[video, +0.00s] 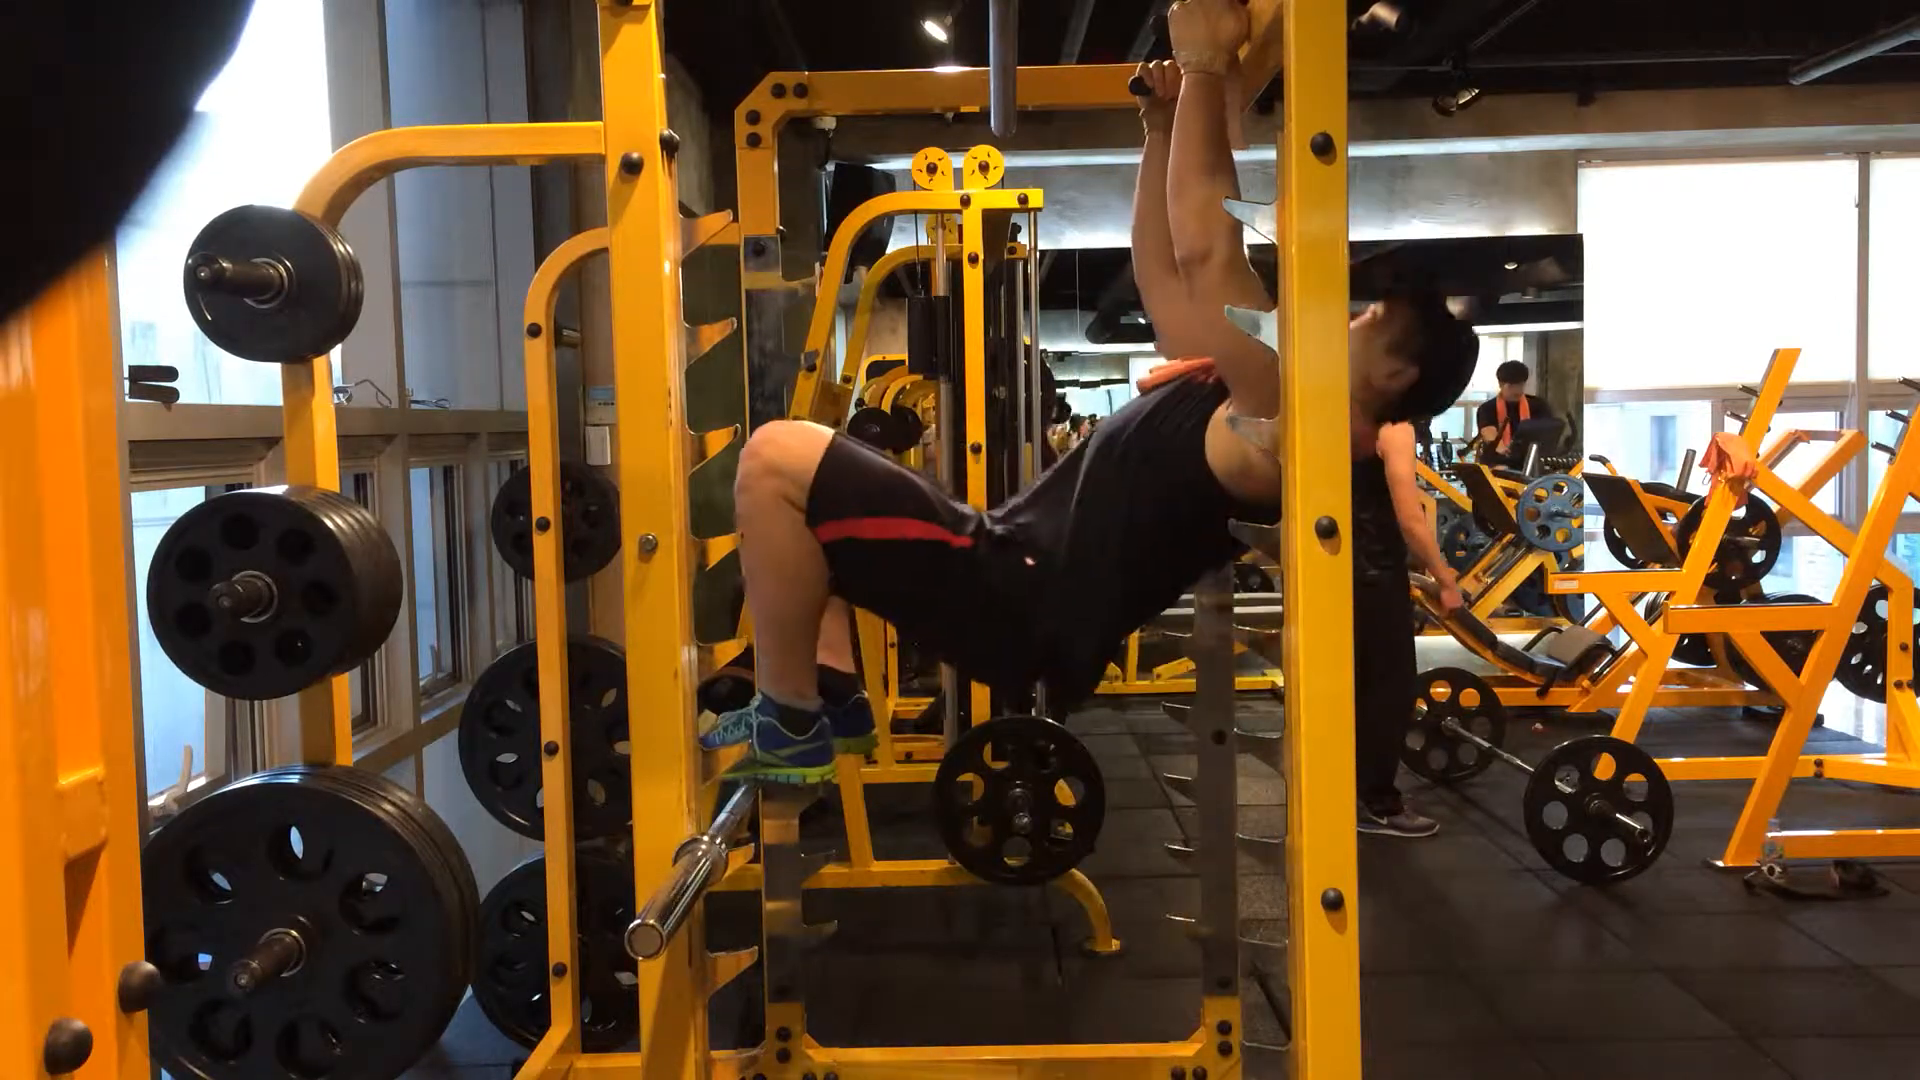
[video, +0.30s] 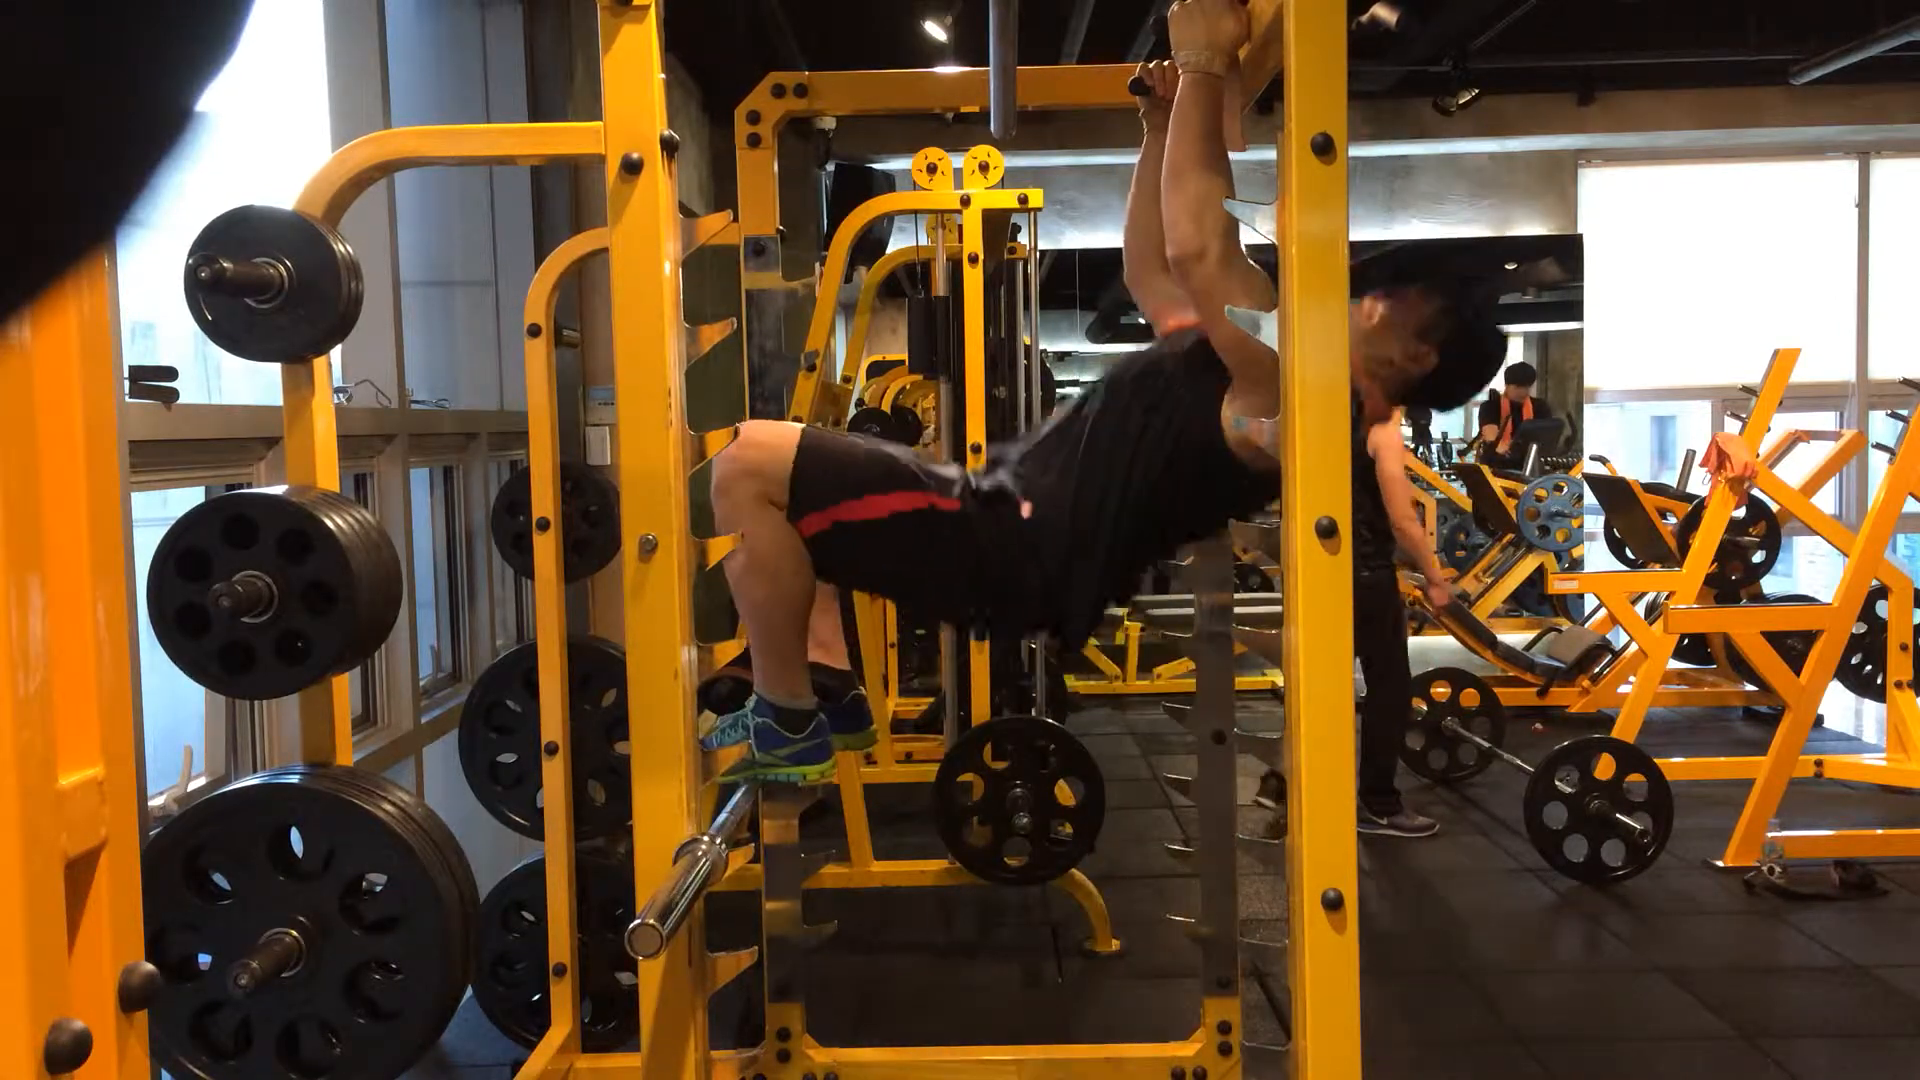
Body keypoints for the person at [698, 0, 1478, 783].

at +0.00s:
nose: (1342, 316)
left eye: (1366, 316)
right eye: (1360, 307)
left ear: (1387, 357)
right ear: (1374, 344)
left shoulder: (1302, 424)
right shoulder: (1271, 400)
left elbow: (1208, 257)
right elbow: (1165, 291)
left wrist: (1209, 71)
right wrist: (1160, 127)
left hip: (1027, 614)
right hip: (1018, 568)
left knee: (770, 465)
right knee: (803, 452)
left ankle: (788, 718)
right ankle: (828, 687)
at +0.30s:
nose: (1367, 299)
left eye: (1389, 305)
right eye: (1386, 293)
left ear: (1402, 351)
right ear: (1380, 321)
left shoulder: (1309, 412)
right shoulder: (1258, 373)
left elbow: (1212, 261)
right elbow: (1153, 281)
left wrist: (1211, 66)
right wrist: (1155, 130)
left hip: (1019, 552)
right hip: (1003, 512)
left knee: (749, 466)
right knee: (766, 452)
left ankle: (784, 716)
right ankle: (822, 674)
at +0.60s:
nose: (1403, 119)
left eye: (1427, 134)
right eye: (1418, 111)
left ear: (1431, 201)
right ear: (1397, 115)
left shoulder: (1348, 239)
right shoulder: (1327, 179)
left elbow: (1198, 242)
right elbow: (1193, 169)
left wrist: (1207, 66)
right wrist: (1204, 79)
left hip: (1052, 385)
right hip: (1038, 358)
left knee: (757, 456)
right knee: (800, 456)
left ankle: (785, 720)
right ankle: (823, 680)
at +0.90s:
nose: (1400, 150)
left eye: (1423, 159)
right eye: (1414, 142)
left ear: (1432, 225)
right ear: (1396, 172)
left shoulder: (1346, 271)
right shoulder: (1330, 245)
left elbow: (1195, 247)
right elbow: (1151, 241)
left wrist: (1205, 66)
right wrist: (1170, 111)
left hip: (1036, 422)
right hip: (1032, 397)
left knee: (752, 456)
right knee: (793, 453)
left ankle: (783, 717)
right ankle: (824, 675)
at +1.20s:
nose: (1370, 269)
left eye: (1399, 285)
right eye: (1381, 255)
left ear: (1408, 345)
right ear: (1354, 258)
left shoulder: (1318, 395)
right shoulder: (1263, 357)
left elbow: (1205, 266)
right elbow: (1143, 279)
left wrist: (1205, 71)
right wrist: (1155, 132)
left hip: (1020, 538)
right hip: (994, 479)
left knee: (738, 471)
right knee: (766, 445)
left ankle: (780, 714)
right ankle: (824, 674)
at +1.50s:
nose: (1376, 158)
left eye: (1403, 171)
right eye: (1391, 147)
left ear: (1415, 237)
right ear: (1369, 158)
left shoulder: (1326, 277)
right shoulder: (1310, 227)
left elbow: (1179, 244)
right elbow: (1142, 210)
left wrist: (1208, 66)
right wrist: (1187, 92)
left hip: (1020, 421)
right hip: (1007, 382)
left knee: (733, 474)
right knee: (746, 433)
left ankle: (782, 715)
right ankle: (822, 672)